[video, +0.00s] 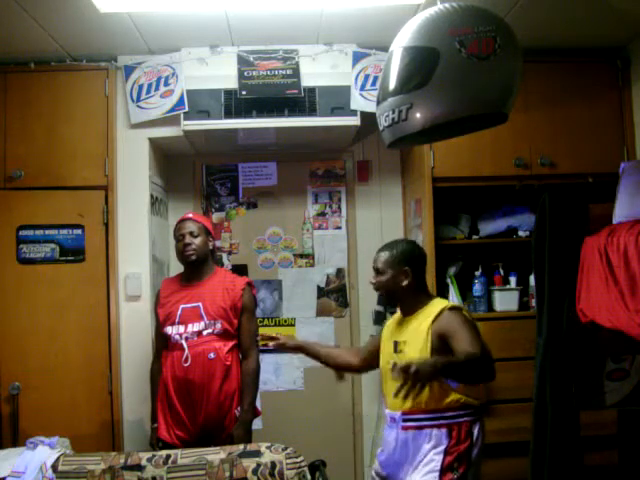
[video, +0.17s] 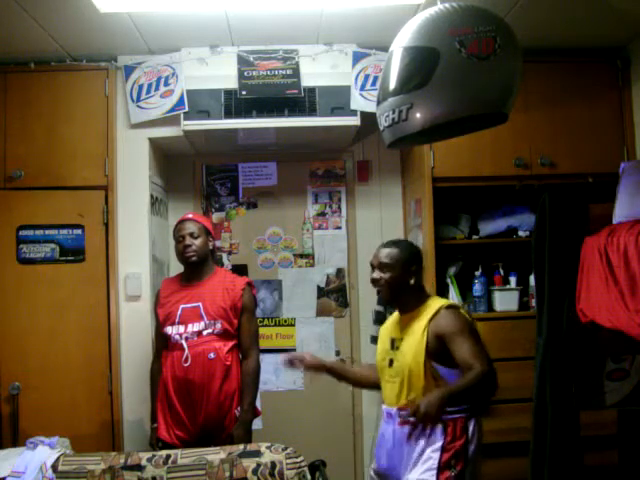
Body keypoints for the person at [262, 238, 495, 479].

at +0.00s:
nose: (372, 281)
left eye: (379, 273)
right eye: (373, 273)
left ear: (405, 276)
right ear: (403, 276)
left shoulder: (447, 317)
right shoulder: (394, 324)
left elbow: (482, 367)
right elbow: (358, 360)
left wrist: (433, 366)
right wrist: (300, 346)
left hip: (442, 439)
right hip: (398, 437)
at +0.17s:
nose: (374, 277)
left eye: (384, 269)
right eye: (373, 269)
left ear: (411, 275)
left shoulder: (446, 318)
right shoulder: (392, 323)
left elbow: (482, 374)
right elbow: (384, 377)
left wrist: (439, 398)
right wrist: (325, 366)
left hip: (437, 439)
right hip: (393, 437)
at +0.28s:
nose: (372, 284)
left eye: (382, 277)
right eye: (372, 276)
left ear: (410, 285)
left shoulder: (444, 332)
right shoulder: (393, 331)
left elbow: (487, 390)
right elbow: (392, 392)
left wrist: (442, 424)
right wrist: (339, 391)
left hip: (435, 455)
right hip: (393, 450)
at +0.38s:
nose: (371, 293)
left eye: (381, 286)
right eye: (372, 285)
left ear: (408, 295)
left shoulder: (446, 345)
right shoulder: (395, 341)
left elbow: (491, 405)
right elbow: (405, 406)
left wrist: (438, 446)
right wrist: (357, 416)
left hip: (431, 464)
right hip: (392, 459)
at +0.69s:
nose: (367, 277)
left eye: (375, 269)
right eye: (370, 269)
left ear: (401, 279)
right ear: (399, 280)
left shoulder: (444, 327)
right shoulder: (395, 326)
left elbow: (489, 389)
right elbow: (400, 388)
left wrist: (433, 437)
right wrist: (378, 420)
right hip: (391, 443)